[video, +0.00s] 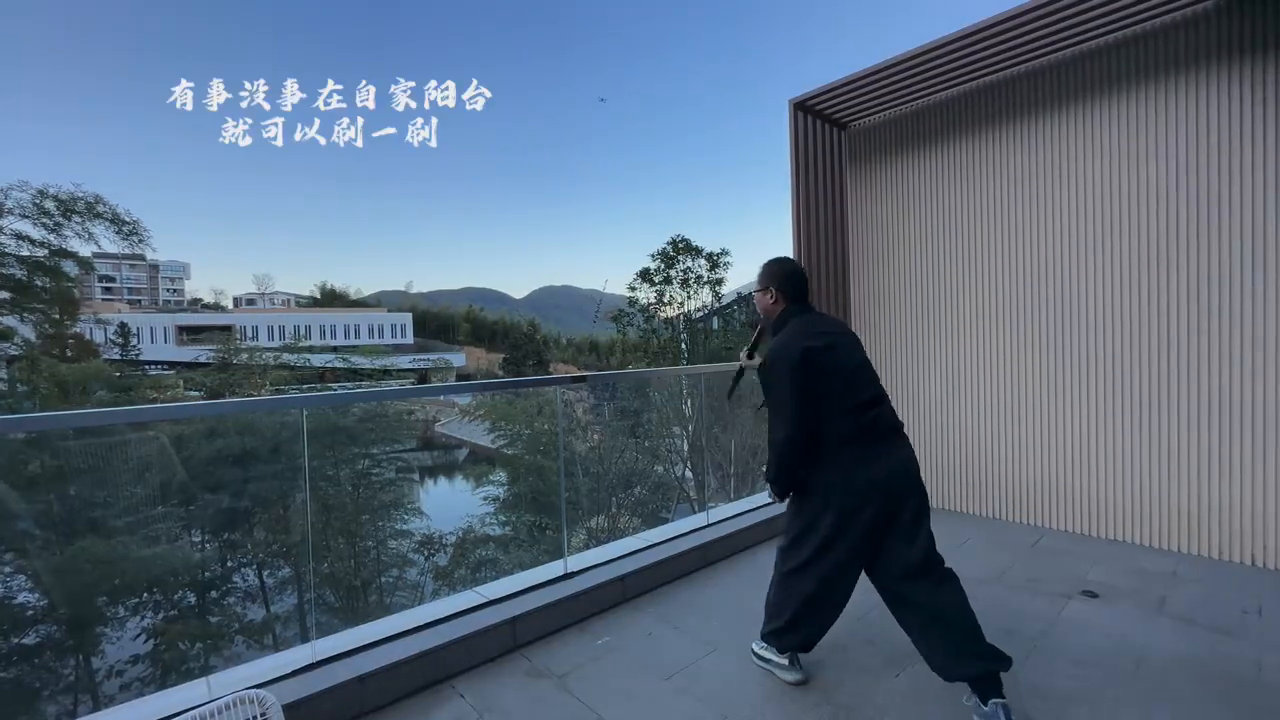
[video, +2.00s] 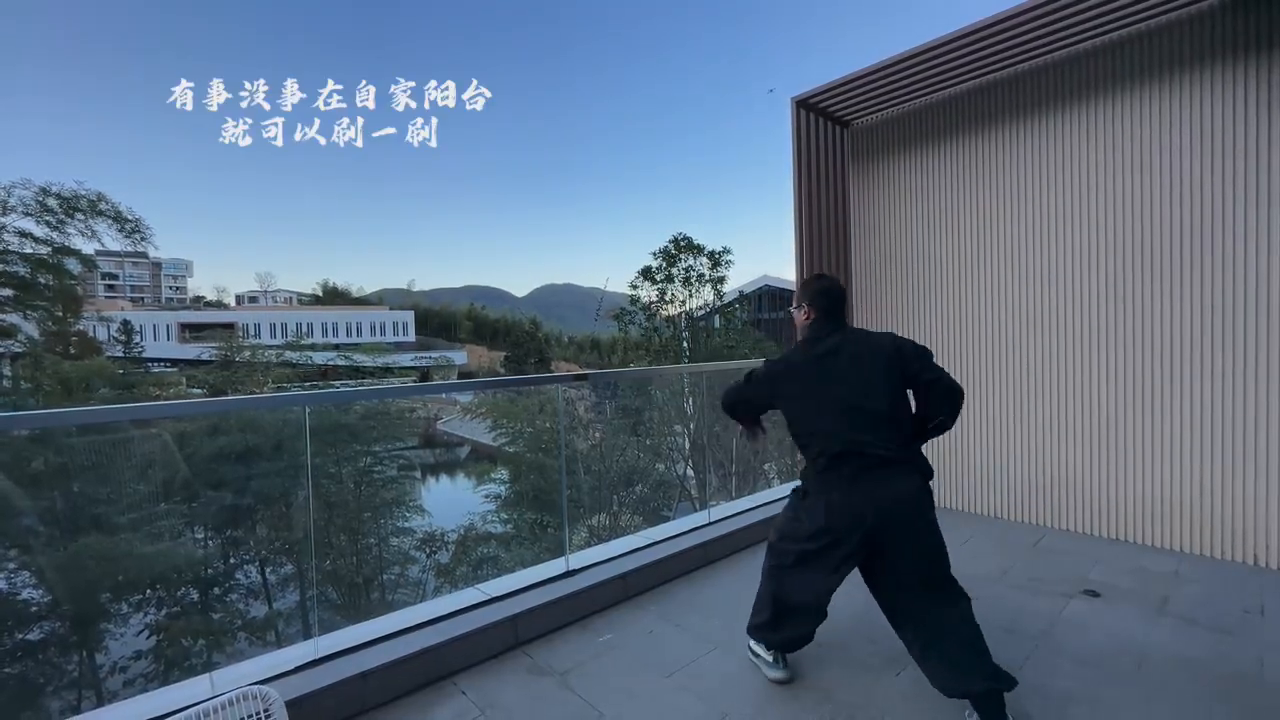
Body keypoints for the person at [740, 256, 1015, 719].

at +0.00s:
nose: (754, 301)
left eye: (758, 293)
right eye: (756, 293)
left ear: (775, 297)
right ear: (797, 296)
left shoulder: (784, 349)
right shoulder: (836, 330)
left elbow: (790, 430)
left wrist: (779, 482)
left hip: (838, 481)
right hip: (894, 470)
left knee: (803, 560)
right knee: (923, 576)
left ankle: (780, 645)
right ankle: (988, 688)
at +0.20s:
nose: (808, 304)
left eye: (813, 295)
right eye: (809, 295)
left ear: (834, 298)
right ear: (853, 299)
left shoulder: (844, 354)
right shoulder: (886, 341)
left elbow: (839, 439)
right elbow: (847, 390)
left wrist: (812, 480)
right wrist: (806, 369)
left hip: (875, 495)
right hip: (926, 490)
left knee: (807, 553)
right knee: (928, 597)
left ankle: (783, 645)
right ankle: (987, 702)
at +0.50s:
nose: (868, 297)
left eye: (874, 288)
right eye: (871, 288)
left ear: (899, 295)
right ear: (910, 298)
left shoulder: (898, 359)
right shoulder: (940, 352)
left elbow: (853, 431)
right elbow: (887, 403)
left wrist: (837, 419)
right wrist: (845, 360)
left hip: (896, 505)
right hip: (946, 503)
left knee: (817, 559)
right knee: (927, 605)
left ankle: (784, 647)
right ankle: (985, 703)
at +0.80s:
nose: (870, 300)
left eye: (873, 292)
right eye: (872, 292)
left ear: (892, 298)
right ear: (927, 300)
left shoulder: (880, 361)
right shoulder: (962, 357)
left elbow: (822, 398)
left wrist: (850, 358)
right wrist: (880, 354)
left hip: (880, 506)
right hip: (943, 509)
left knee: (817, 559)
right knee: (941, 606)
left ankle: (783, 646)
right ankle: (987, 705)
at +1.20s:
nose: (868, 317)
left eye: (871, 308)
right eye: (870, 308)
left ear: (889, 312)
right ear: (922, 312)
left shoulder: (879, 367)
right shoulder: (981, 365)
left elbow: (808, 401)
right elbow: (987, 434)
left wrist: (801, 364)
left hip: (890, 515)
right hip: (962, 520)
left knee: (818, 556)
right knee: (949, 611)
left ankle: (783, 645)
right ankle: (989, 707)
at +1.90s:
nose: (832, 312)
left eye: (836, 305)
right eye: (834, 304)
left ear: (851, 309)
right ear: (882, 308)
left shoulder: (831, 364)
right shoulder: (931, 347)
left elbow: (783, 391)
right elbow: (992, 399)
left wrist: (761, 385)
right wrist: (959, 445)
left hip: (855, 502)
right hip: (927, 503)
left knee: (804, 559)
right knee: (945, 599)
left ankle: (771, 644)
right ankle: (991, 704)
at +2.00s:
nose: (791, 316)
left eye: (794, 309)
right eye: (793, 308)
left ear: (808, 314)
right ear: (843, 313)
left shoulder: (791, 367)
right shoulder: (890, 347)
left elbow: (735, 399)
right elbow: (947, 393)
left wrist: (749, 420)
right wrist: (915, 432)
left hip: (834, 501)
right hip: (904, 496)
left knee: (792, 560)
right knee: (935, 591)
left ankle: (770, 644)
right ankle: (988, 700)